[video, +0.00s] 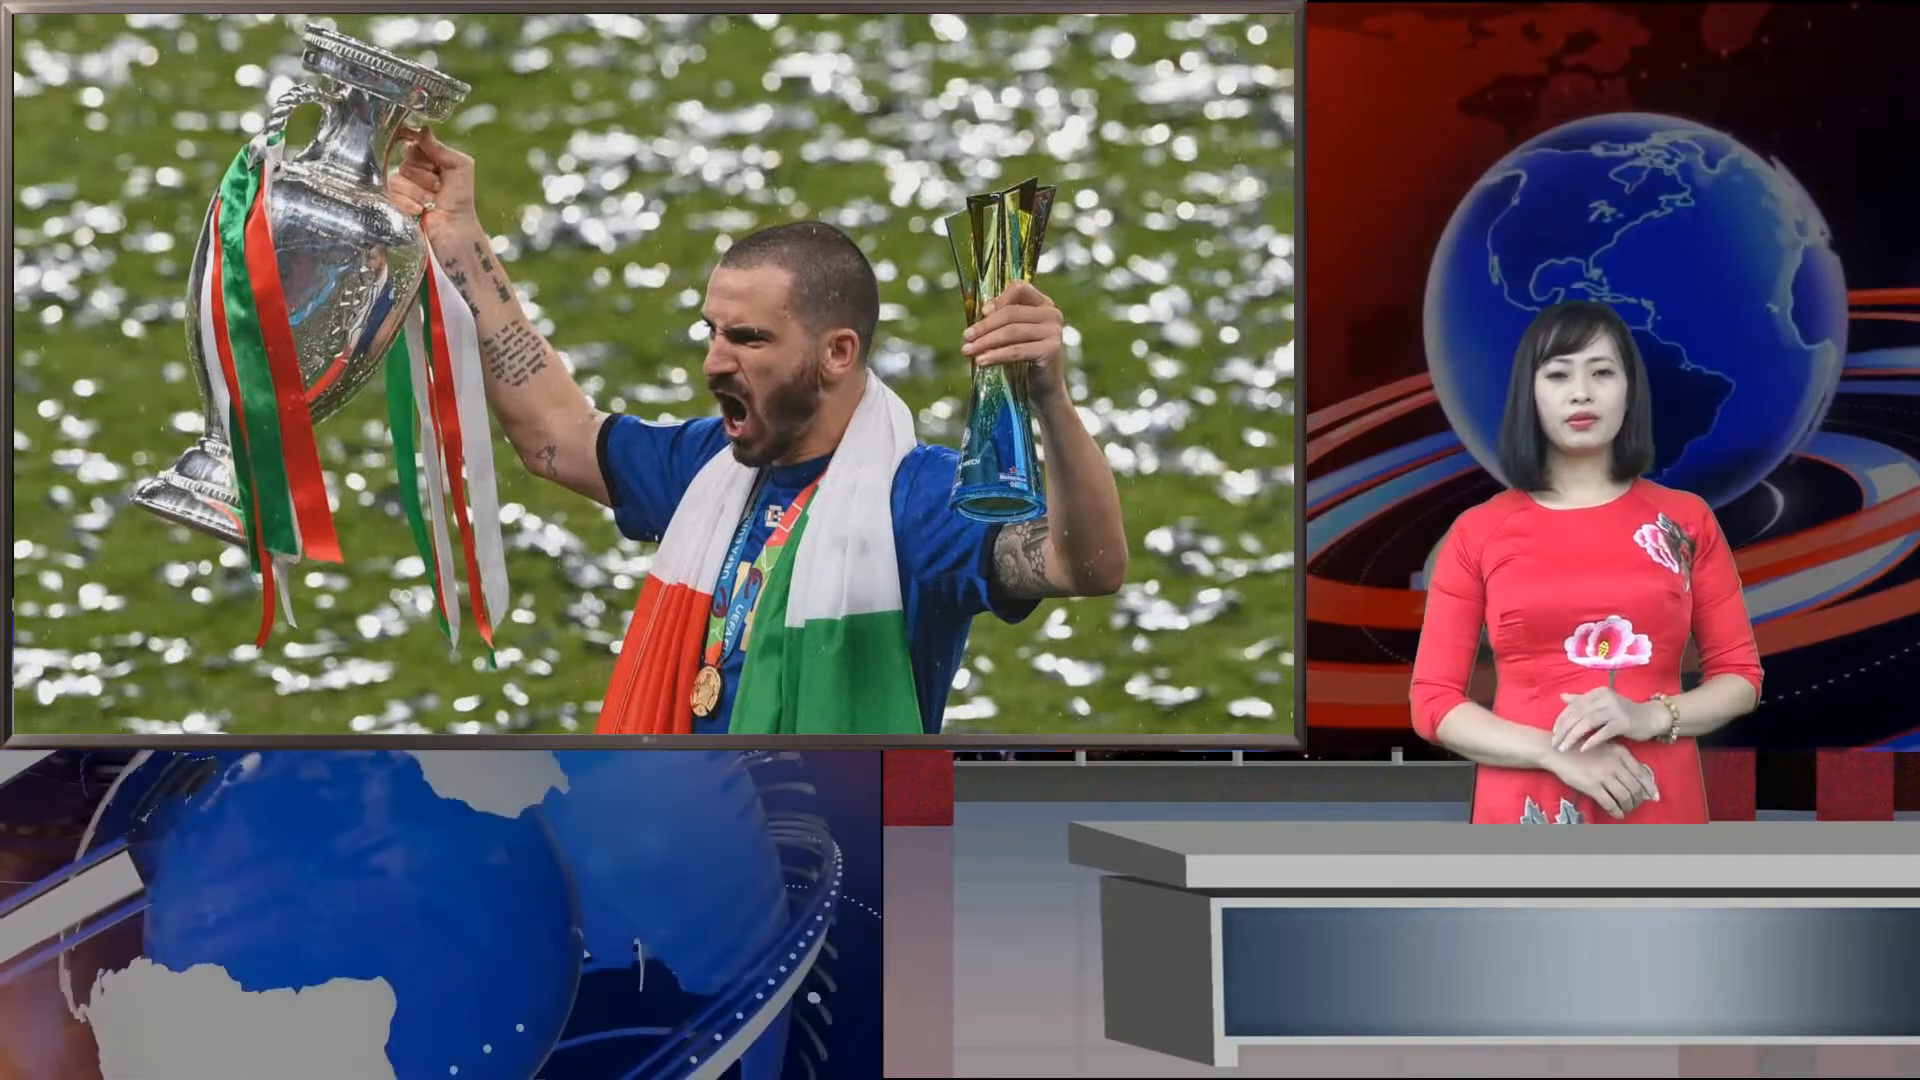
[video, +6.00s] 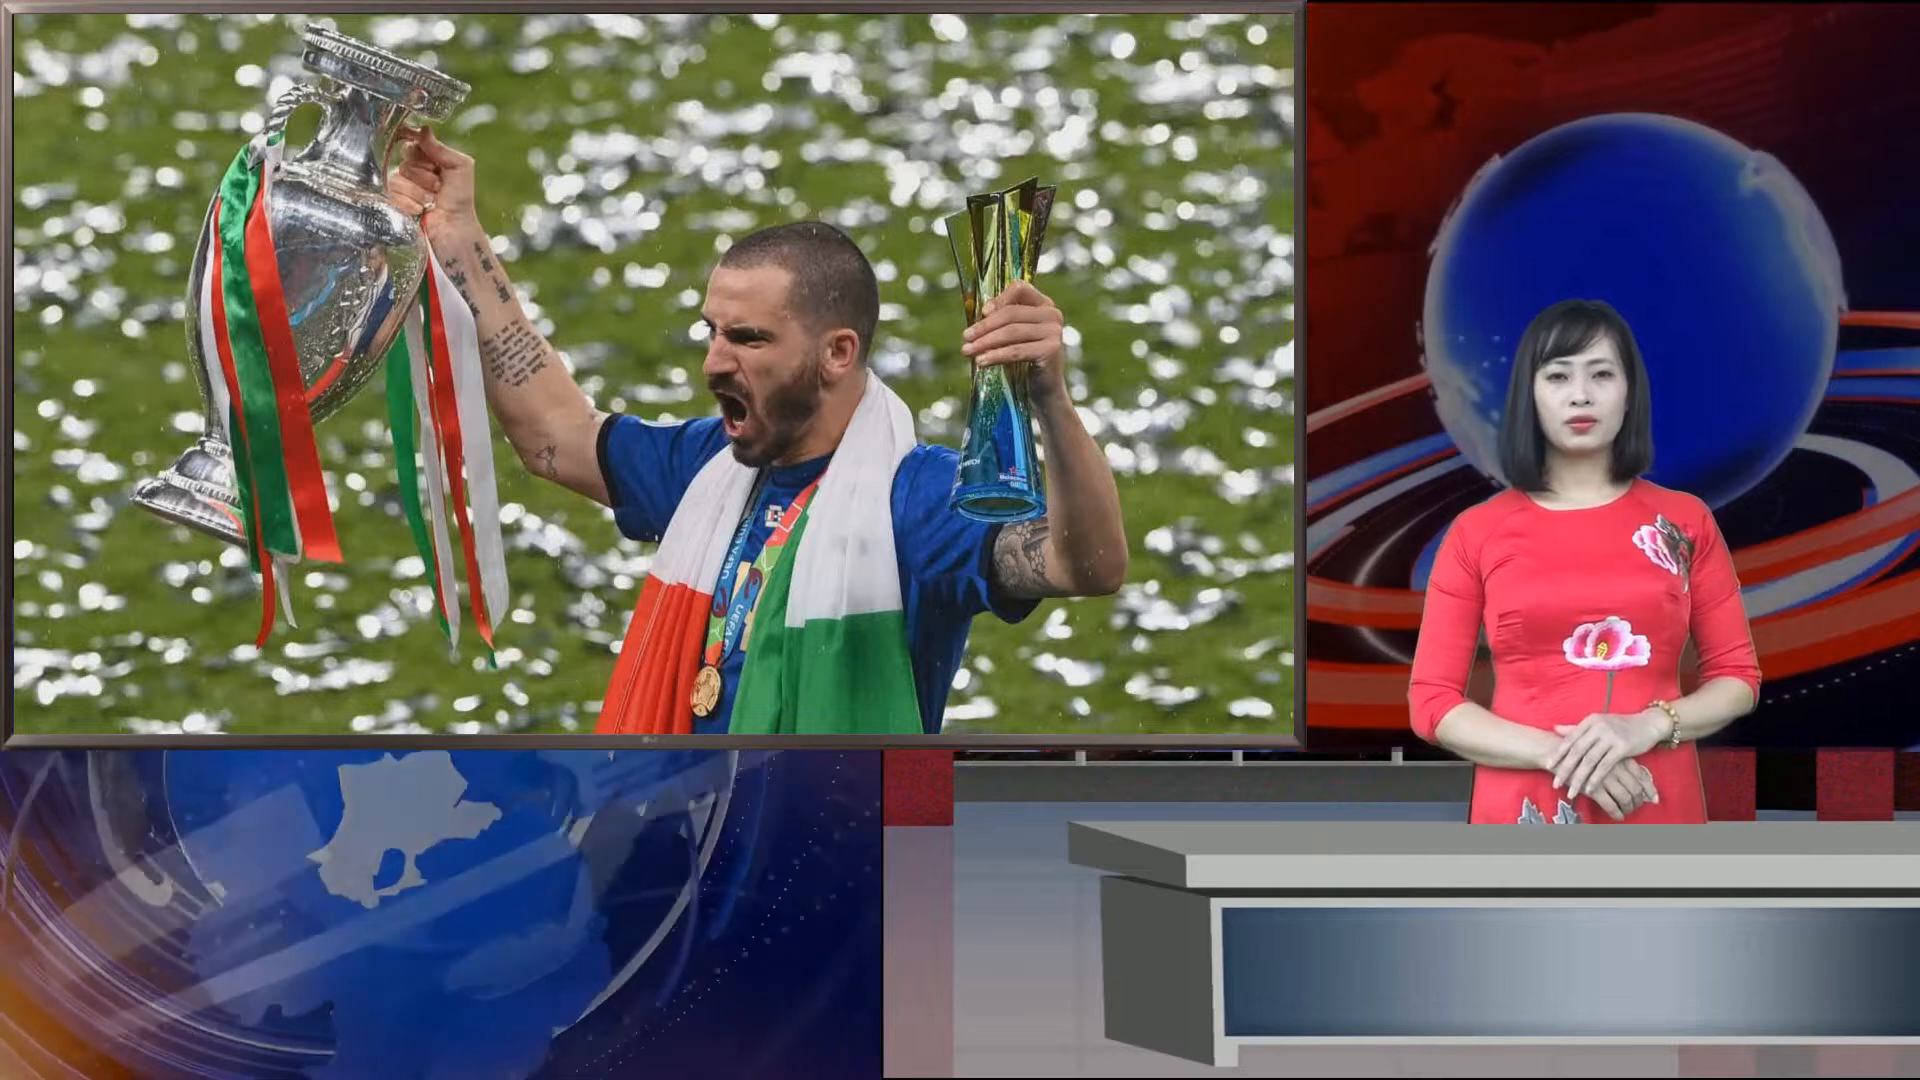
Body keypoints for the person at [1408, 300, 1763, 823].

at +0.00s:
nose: (1581, 392)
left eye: (1602, 372)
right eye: (1559, 374)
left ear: (1629, 391)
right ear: (1531, 393)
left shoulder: (1685, 521)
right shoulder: (1479, 534)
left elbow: (1740, 679)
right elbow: (1433, 701)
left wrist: (1650, 717)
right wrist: (1555, 752)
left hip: (1662, 822)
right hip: (1523, 822)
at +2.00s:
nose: (1580, 394)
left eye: (1601, 375)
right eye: (1558, 376)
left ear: (1629, 391)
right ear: (1530, 394)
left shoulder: (1685, 522)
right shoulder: (1479, 533)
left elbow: (1737, 680)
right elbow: (1432, 701)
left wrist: (1650, 728)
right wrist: (1566, 752)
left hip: (1661, 823)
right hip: (1521, 824)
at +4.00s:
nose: (1580, 393)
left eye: (1602, 373)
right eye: (1558, 375)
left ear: (1630, 391)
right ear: (1530, 391)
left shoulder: (1686, 521)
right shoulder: (1478, 533)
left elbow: (1739, 680)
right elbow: (1432, 702)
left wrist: (1652, 729)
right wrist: (1565, 753)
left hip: (1662, 825)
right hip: (1520, 826)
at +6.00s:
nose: (1580, 395)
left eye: (1602, 375)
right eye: (1558, 376)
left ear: (1629, 392)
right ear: (1530, 393)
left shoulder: (1684, 522)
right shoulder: (1477, 534)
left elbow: (1737, 681)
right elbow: (1431, 701)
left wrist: (1649, 724)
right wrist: (1564, 753)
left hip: (1661, 825)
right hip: (1520, 825)